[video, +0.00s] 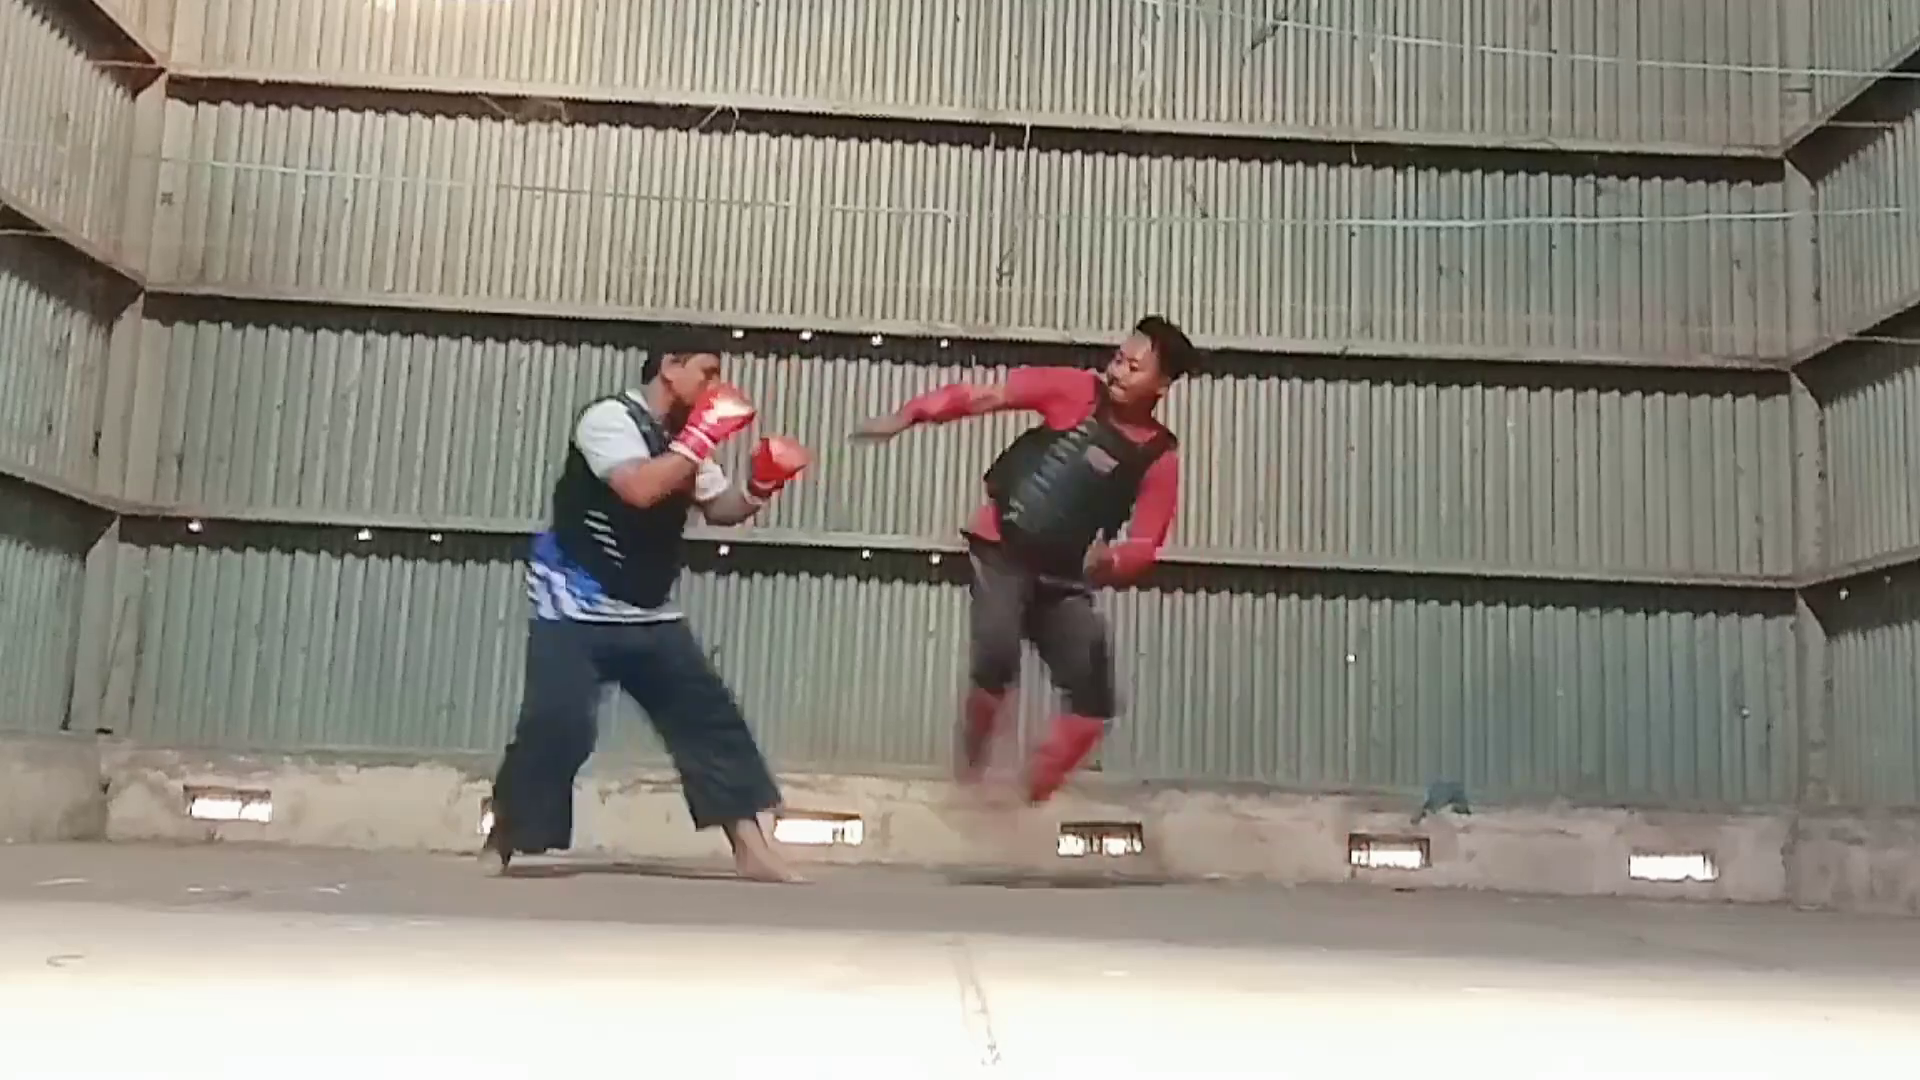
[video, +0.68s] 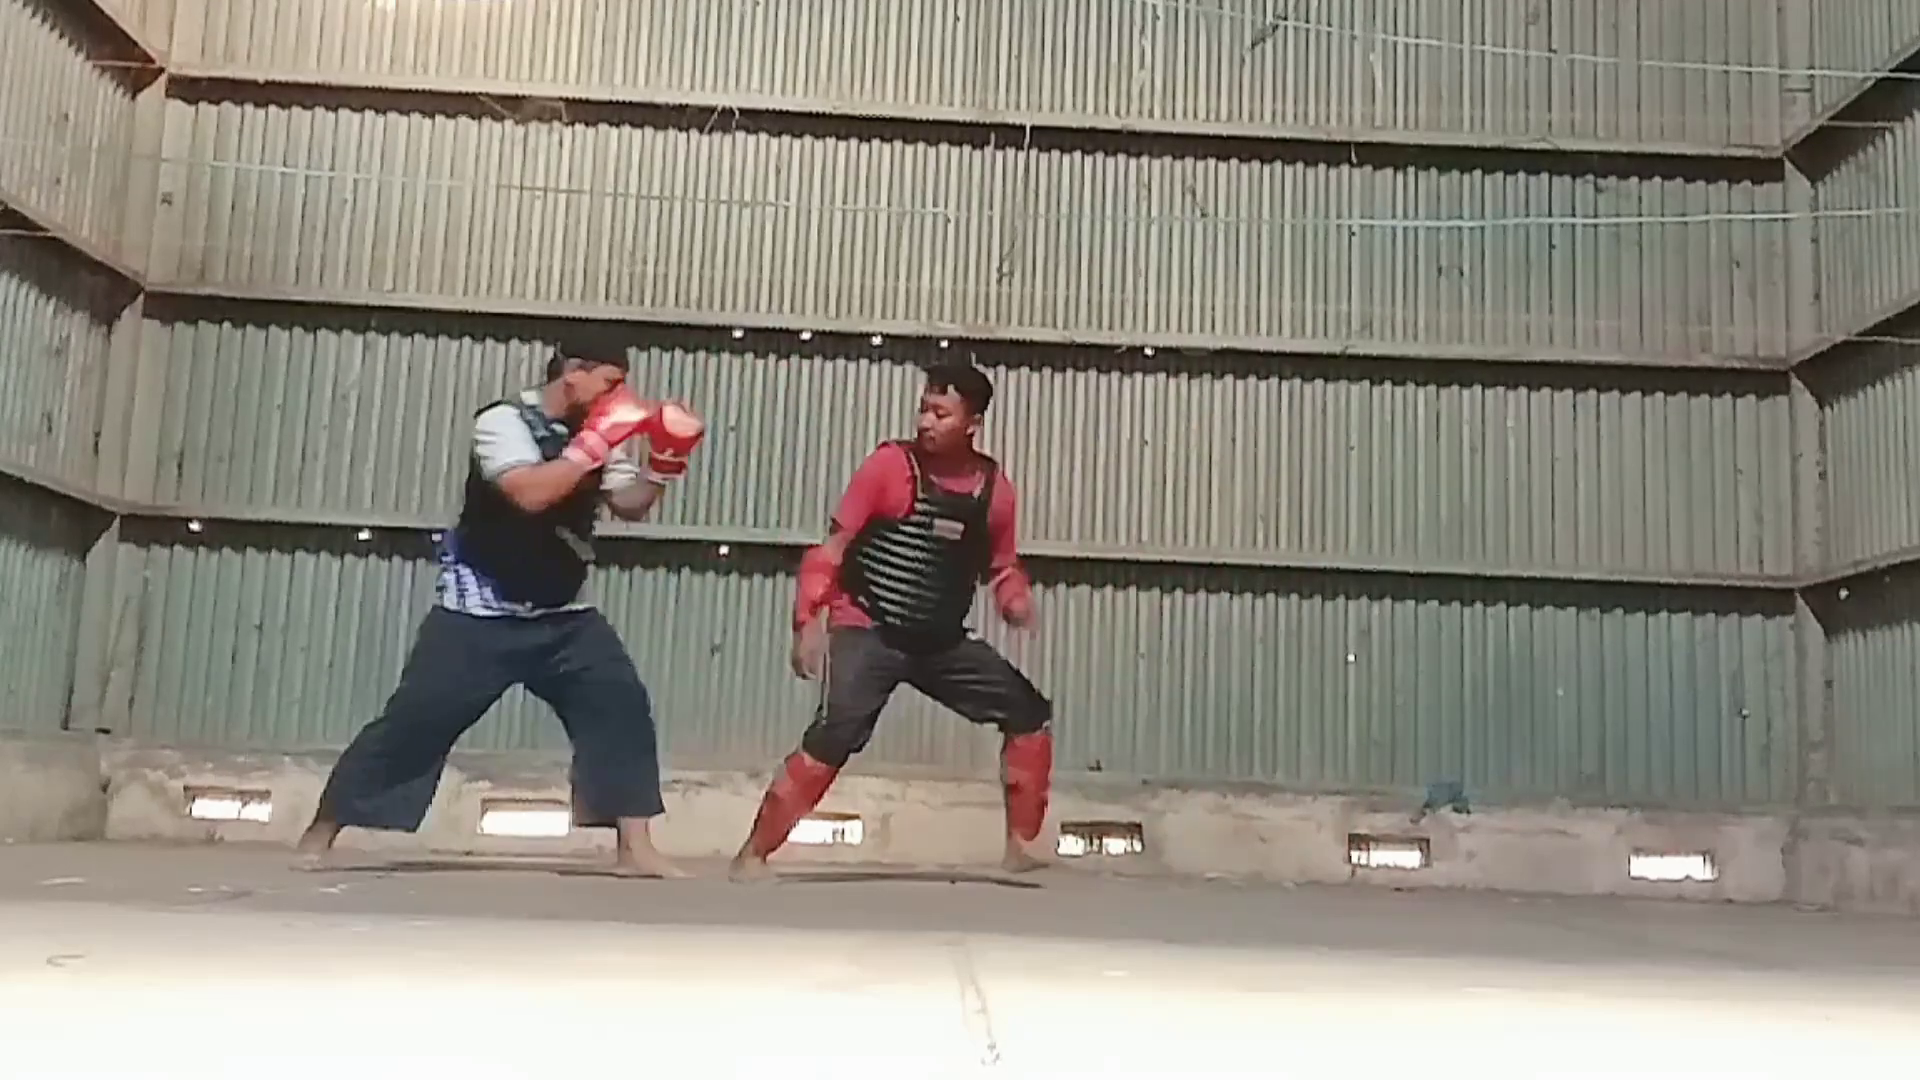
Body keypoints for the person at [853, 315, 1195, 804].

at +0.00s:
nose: (1118, 370)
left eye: (1135, 366)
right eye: (1120, 357)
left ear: (1164, 385)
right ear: (1115, 355)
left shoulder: (1157, 455)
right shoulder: (1074, 389)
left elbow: (1145, 546)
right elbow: (979, 396)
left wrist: (1111, 563)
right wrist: (903, 416)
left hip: (1060, 573)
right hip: (1000, 548)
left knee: (1093, 698)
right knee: (996, 661)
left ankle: (1029, 798)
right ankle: (972, 777)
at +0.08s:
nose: (1079, 393)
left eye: (1095, 387)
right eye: (1082, 381)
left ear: (1129, 405)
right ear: (1078, 383)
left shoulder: (1132, 483)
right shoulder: (1040, 420)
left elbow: (1168, 563)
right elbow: (953, 437)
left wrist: (1183, 530)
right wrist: (868, 462)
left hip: (994, 606)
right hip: (949, 553)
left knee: (986, 740)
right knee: (877, 574)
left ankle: (925, 850)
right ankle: (785, 561)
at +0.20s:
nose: (1069, 437)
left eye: (1086, 435)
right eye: (1069, 425)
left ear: (1112, 451)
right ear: (1062, 424)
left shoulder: (1106, 524)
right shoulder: (1017, 450)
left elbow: (1190, 552)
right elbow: (924, 470)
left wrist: (1258, 512)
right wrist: (856, 491)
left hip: (941, 626)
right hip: (894, 561)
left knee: (969, 732)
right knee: (778, 549)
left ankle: (919, 859)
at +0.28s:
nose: (1052, 437)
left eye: (1071, 438)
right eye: (1055, 425)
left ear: (1090, 462)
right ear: (1045, 422)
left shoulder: (1074, 531)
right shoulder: (991, 450)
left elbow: (1123, 575)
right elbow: (899, 463)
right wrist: (823, 488)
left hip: (925, 625)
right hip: (867, 566)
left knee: (961, 726)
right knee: (745, 584)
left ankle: (918, 861)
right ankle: (622, 585)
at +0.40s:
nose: (1010, 422)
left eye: (1027, 419)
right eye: (1011, 408)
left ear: (1056, 435)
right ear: (1007, 402)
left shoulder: (1048, 501)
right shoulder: (965, 438)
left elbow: (1057, 585)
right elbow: (865, 457)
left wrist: (1073, 657)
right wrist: (790, 491)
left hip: (917, 616)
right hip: (861, 572)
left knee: (952, 724)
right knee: (768, 654)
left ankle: (918, 855)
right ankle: (662, 717)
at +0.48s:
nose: (969, 416)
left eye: (987, 412)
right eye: (972, 402)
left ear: (1019, 427)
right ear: (969, 395)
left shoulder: (1013, 489)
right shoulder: (929, 437)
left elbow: (995, 575)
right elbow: (834, 474)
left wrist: (1002, 648)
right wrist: (778, 529)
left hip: (915, 617)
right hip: (854, 591)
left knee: (972, 717)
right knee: (810, 718)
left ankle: (924, 852)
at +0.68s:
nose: (925, 422)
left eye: (940, 414)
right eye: (923, 409)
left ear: (973, 422)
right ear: (919, 408)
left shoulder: (995, 490)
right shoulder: (889, 465)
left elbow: (1004, 565)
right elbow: (831, 548)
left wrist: (1016, 597)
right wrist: (808, 622)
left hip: (941, 641)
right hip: (867, 632)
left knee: (1028, 713)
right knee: (838, 731)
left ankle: (1020, 848)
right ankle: (753, 856)